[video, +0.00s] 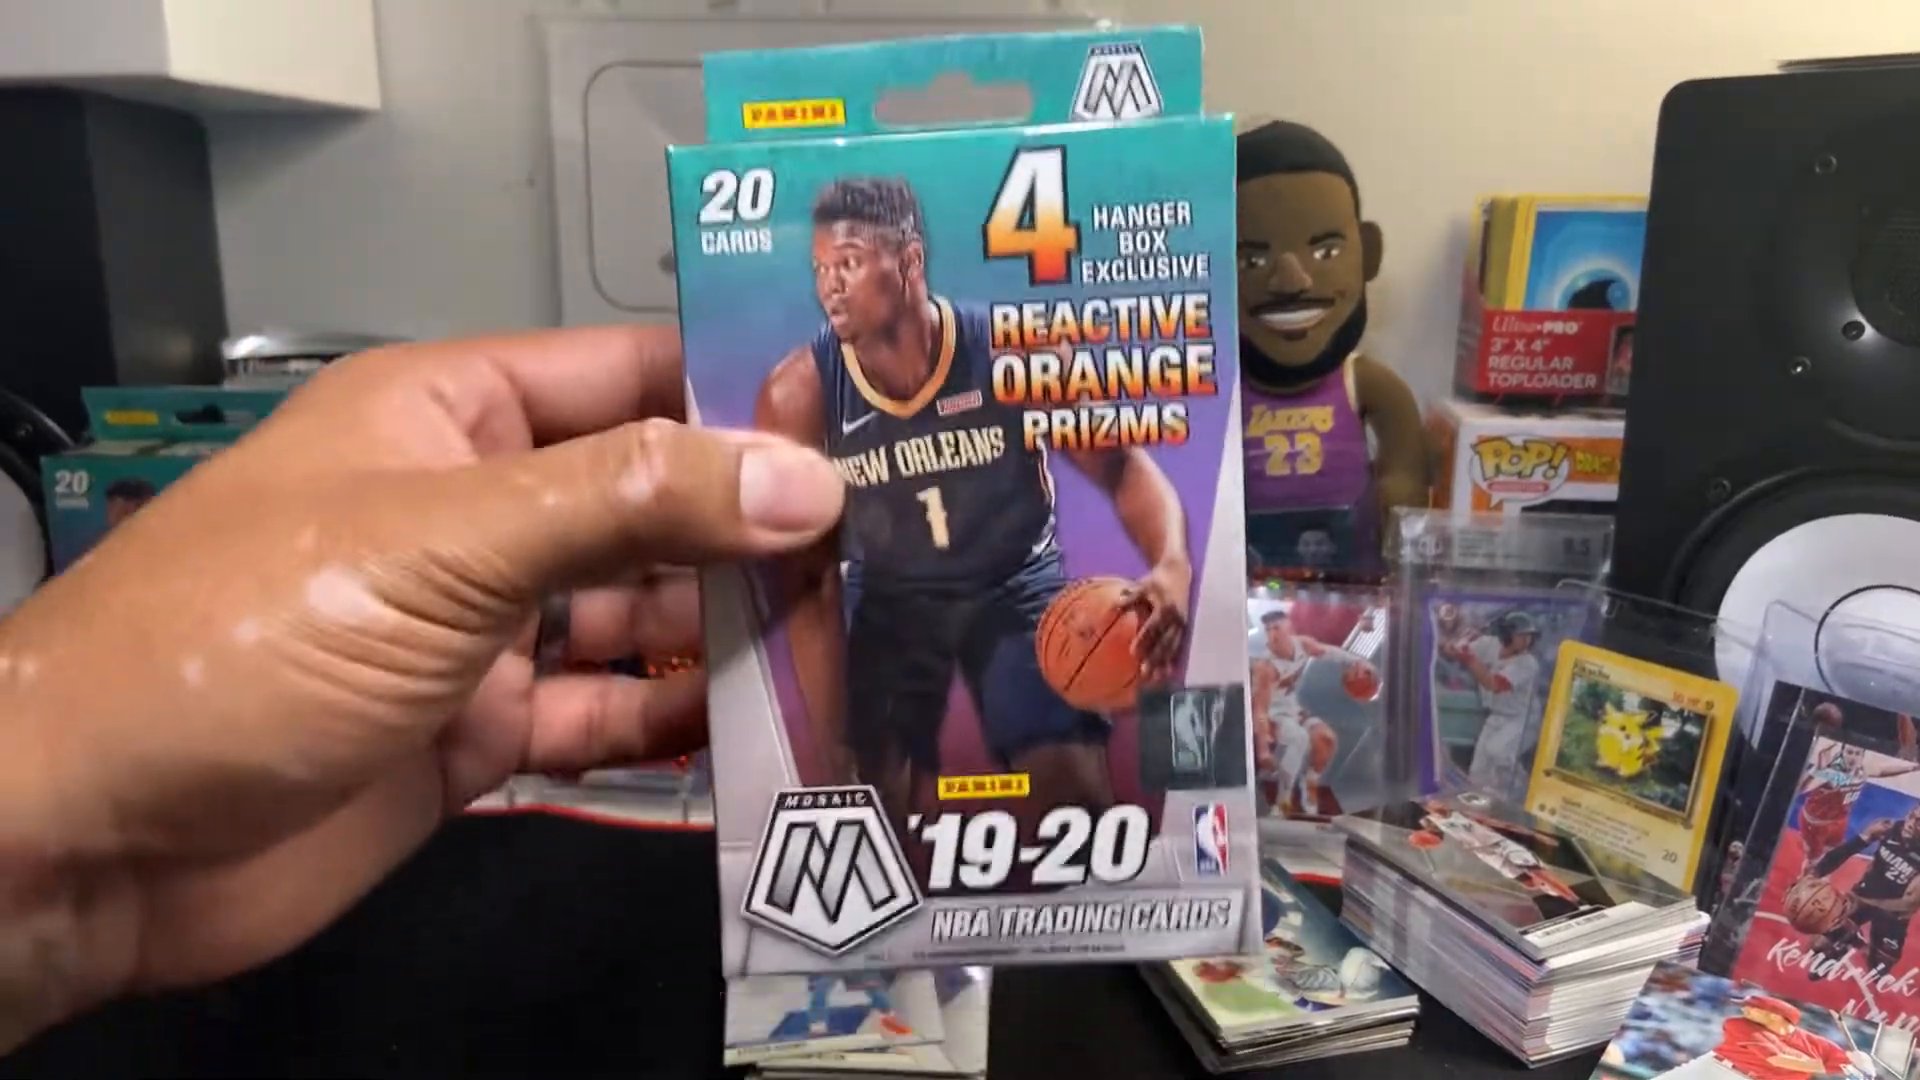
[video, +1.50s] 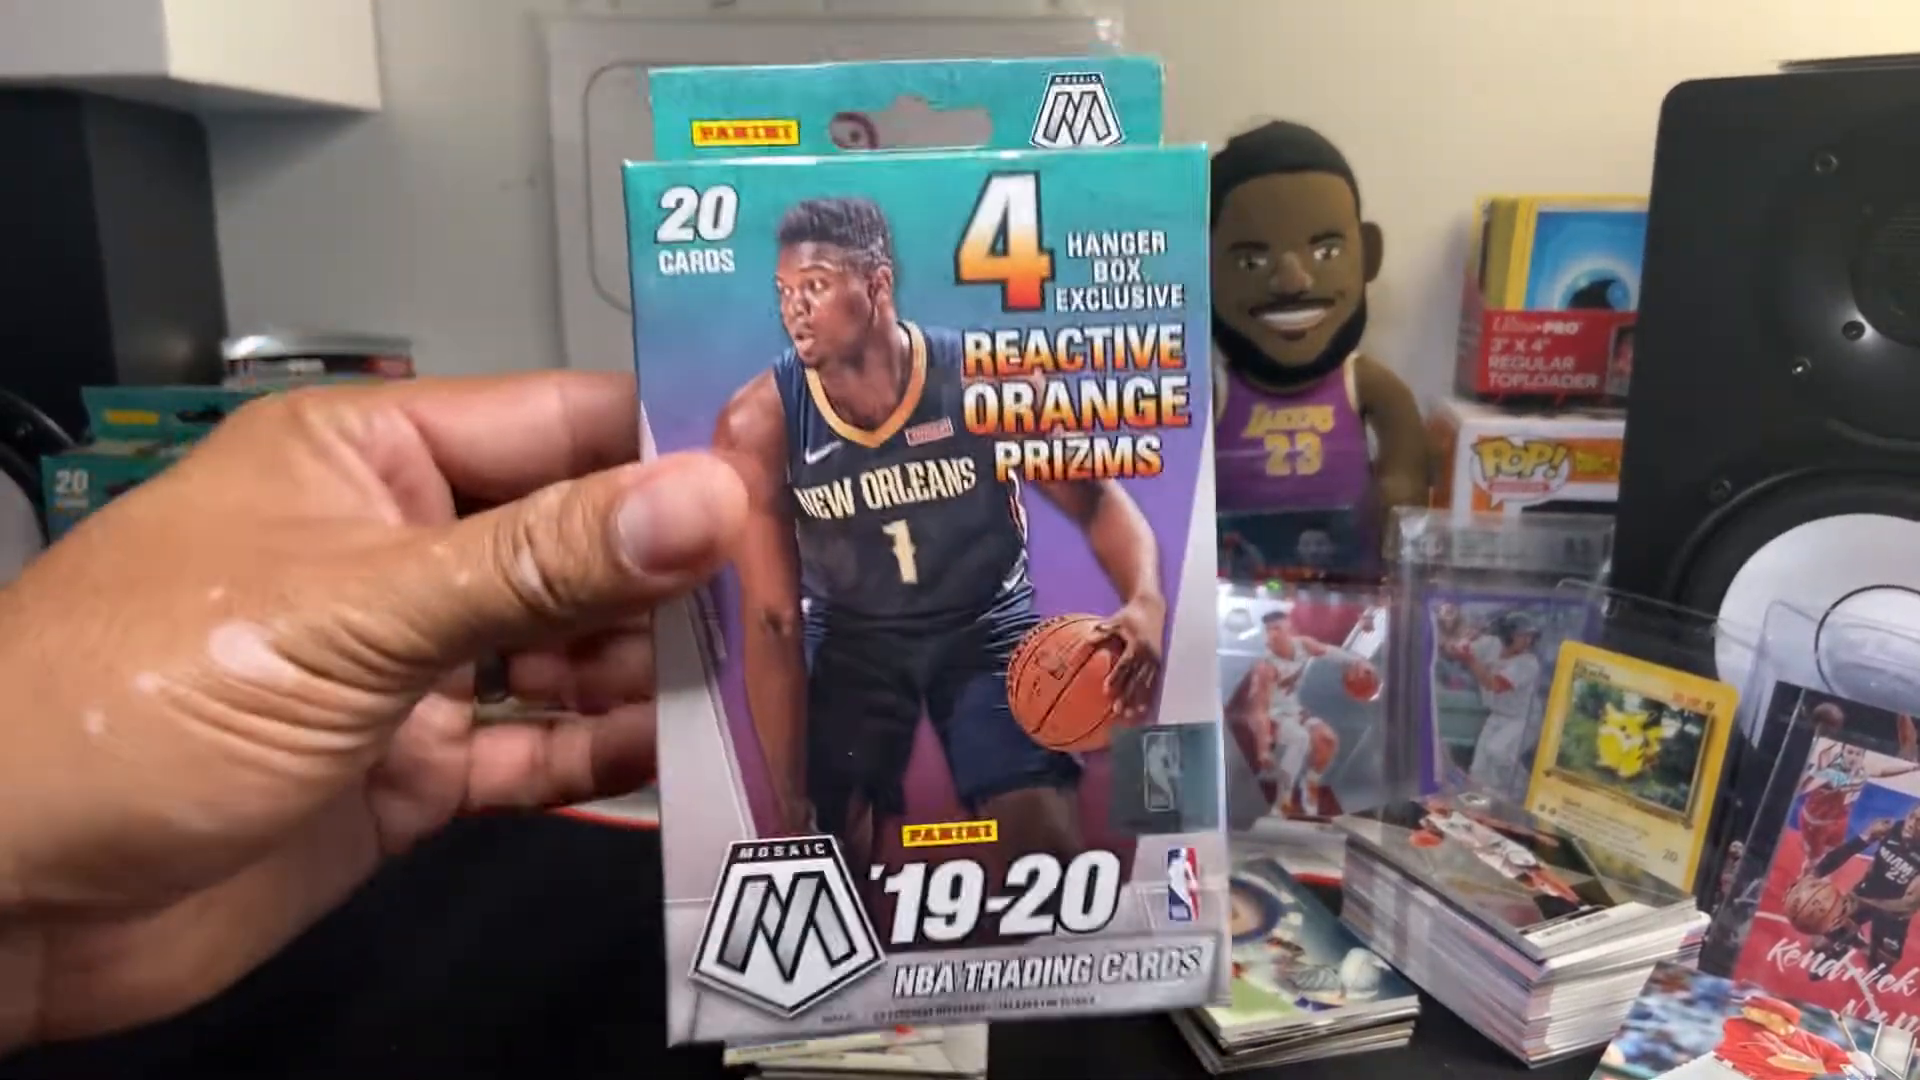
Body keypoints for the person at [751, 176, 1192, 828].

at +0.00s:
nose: (830, 287)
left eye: (849, 264)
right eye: (821, 269)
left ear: (910, 262)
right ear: (813, 276)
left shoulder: (1008, 352)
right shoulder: (799, 393)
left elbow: (1120, 466)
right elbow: (808, 580)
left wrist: (1173, 564)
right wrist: (829, 750)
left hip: (1018, 593)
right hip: (893, 606)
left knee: (1069, 790)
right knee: (877, 809)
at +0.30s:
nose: (829, 307)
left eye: (848, 282)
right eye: (818, 288)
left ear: (908, 285)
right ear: (807, 298)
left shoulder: (1010, 375)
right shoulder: (791, 418)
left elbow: (1127, 491)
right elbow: (808, 624)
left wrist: (1179, 586)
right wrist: (824, 796)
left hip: (1018, 625)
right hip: (893, 639)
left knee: (1075, 822)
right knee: (879, 840)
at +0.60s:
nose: (822, 315)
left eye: (842, 290)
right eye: (812, 297)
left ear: (908, 287)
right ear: (805, 306)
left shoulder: (1010, 384)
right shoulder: (787, 427)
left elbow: (1127, 506)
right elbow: (800, 631)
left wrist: (1178, 605)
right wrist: (816, 817)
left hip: (1018, 640)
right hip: (888, 653)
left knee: (1071, 846)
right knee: (866, 861)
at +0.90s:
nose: (803, 264)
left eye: (825, 237)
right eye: (793, 242)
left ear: (888, 238)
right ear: (782, 253)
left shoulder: (997, 339)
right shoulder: (769, 383)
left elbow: (1123, 461)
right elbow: (785, 593)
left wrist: (1173, 566)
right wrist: (809, 783)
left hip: (1004, 611)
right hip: (875, 623)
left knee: (1068, 801)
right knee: (859, 828)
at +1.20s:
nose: (783, 301)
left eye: (803, 277)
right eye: (774, 281)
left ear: (866, 277)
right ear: (765, 290)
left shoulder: (972, 371)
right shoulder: (752, 413)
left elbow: (1090, 487)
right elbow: (767, 612)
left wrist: (1138, 584)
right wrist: (788, 790)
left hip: (982, 632)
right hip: (855, 646)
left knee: (1042, 821)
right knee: (835, 843)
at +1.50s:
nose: (794, 309)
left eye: (815, 286)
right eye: (785, 291)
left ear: (879, 286)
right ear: (777, 299)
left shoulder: (982, 379)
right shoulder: (759, 423)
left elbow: (1093, 499)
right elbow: (771, 621)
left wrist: (1147, 600)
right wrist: (788, 798)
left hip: (989, 629)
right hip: (856, 643)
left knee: (1040, 840)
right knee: (829, 859)